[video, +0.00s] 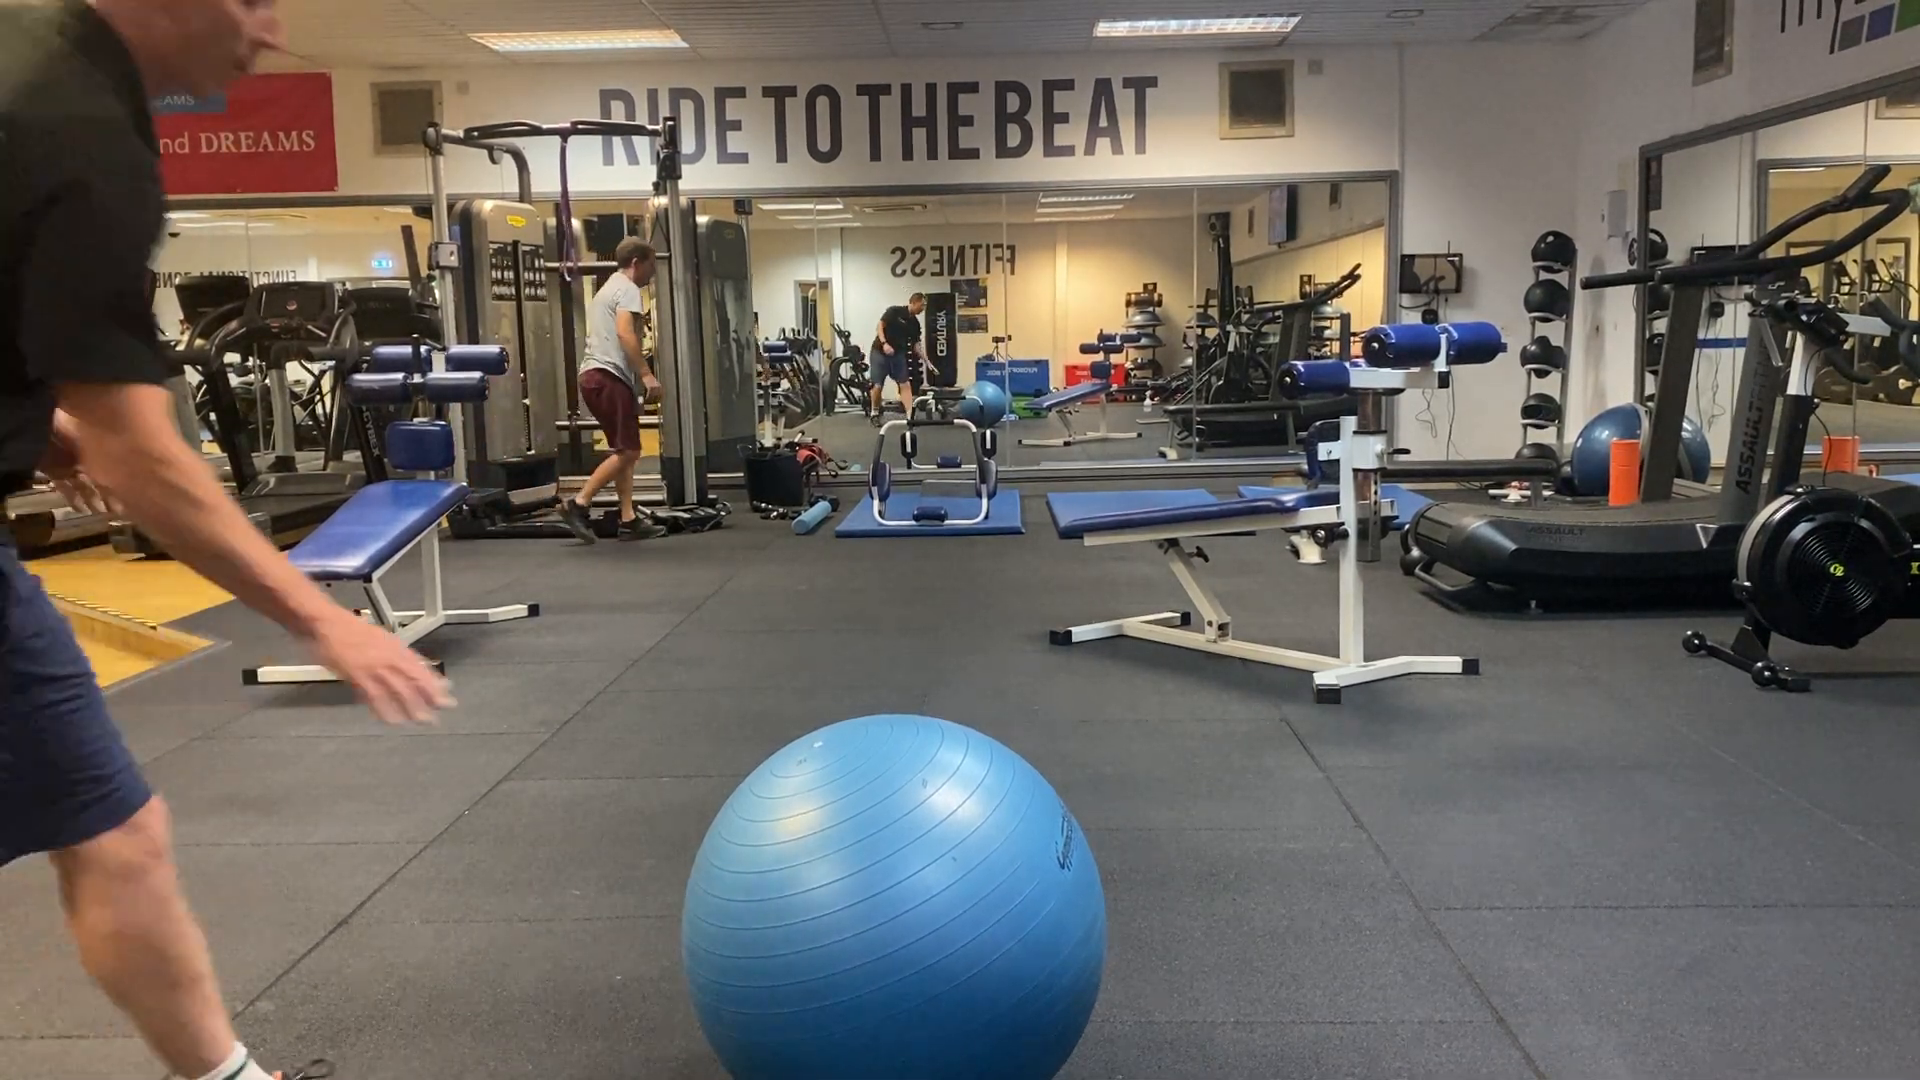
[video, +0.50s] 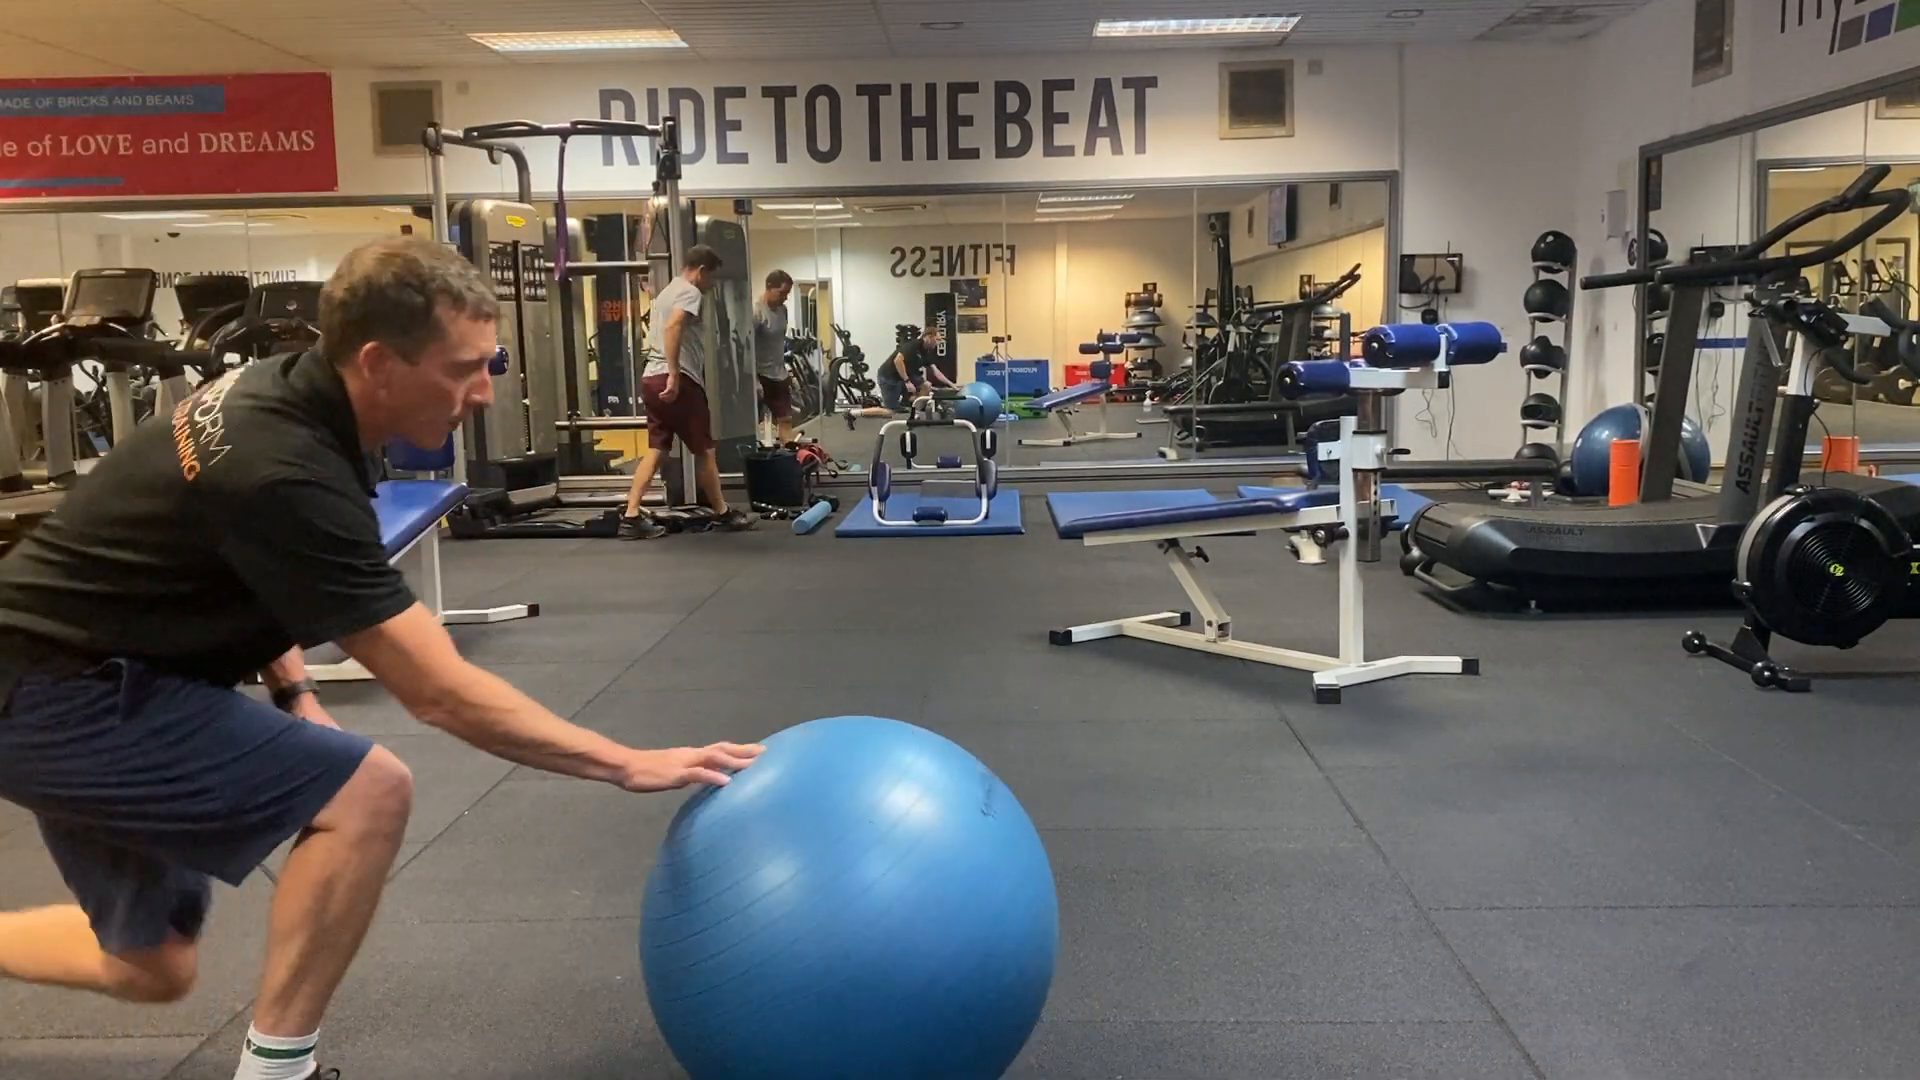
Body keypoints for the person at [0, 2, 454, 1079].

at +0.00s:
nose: (270, 33)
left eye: (273, 9)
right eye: (254, 4)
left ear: (156, 1)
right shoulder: (79, 127)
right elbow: (130, 453)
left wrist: (50, 424)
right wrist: (324, 621)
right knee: (114, 828)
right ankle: (223, 1071)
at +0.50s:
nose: (482, 392)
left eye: (486, 368)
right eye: (465, 369)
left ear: (373, 365)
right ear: (372, 368)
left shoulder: (290, 389)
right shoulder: (289, 471)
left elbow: (227, 542)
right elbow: (437, 688)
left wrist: (291, 688)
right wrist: (626, 762)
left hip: (71, 670)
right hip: (63, 680)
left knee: (151, 965)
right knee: (367, 792)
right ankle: (272, 1065)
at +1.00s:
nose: (357, 335)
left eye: (359, 311)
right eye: (332, 309)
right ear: (252, 312)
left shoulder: (310, 437)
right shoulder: (144, 430)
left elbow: (348, 605)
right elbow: (129, 649)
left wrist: (477, 684)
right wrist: (314, 753)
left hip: (182, 731)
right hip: (71, 726)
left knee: (203, 1036)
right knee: (293, 887)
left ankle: (28, 966)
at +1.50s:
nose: (418, 395)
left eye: (421, 372)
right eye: (400, 371)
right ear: (317, 362)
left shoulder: (327, 467)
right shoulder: (198, 475)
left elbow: (304, 621)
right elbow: (157, 692)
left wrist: (398, 732)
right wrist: (361, 759)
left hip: (193, 798)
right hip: (89, 812)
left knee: (214, 1035)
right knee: (166, 1066)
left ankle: (17, 970)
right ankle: (3, 1014)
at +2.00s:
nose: (447, 396)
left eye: (449, 370)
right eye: (427, 370)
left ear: (351, 366)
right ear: (345, 362)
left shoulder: (350, 465)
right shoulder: (200, 467)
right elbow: (19, 607)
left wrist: (275, 721)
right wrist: (185, 740)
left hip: (212, 815)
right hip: (95, 832)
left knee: (224, 1046)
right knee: (140, 1063)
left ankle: (17, 980)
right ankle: (6, 991)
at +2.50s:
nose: (840, 606)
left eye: (847, 586)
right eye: (832, 585)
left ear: (764, 561)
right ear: (759, 562)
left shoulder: (693, 609)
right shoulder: (641, 634)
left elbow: (725, 740)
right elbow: (564, 829)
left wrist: (844, 824)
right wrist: (766, 913)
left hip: (333, 777)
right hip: (296, 804)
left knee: (185, 1006)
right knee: (148, 1066)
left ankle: (0, 973)